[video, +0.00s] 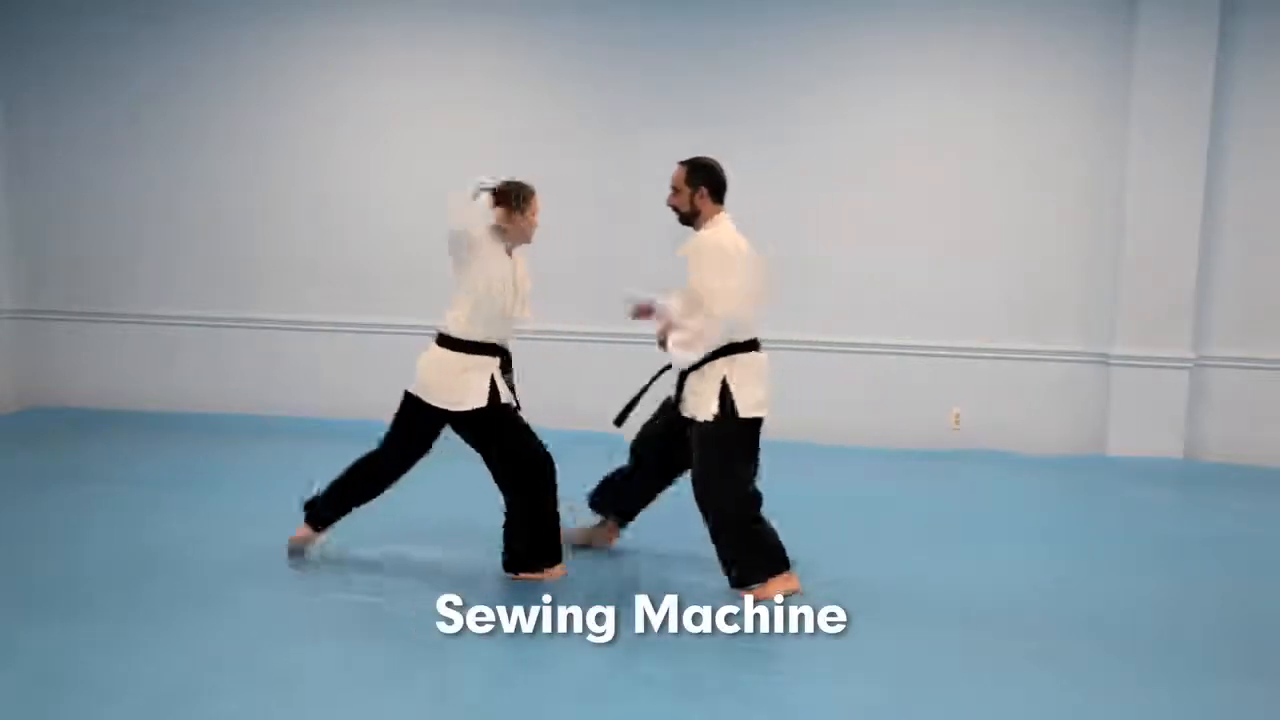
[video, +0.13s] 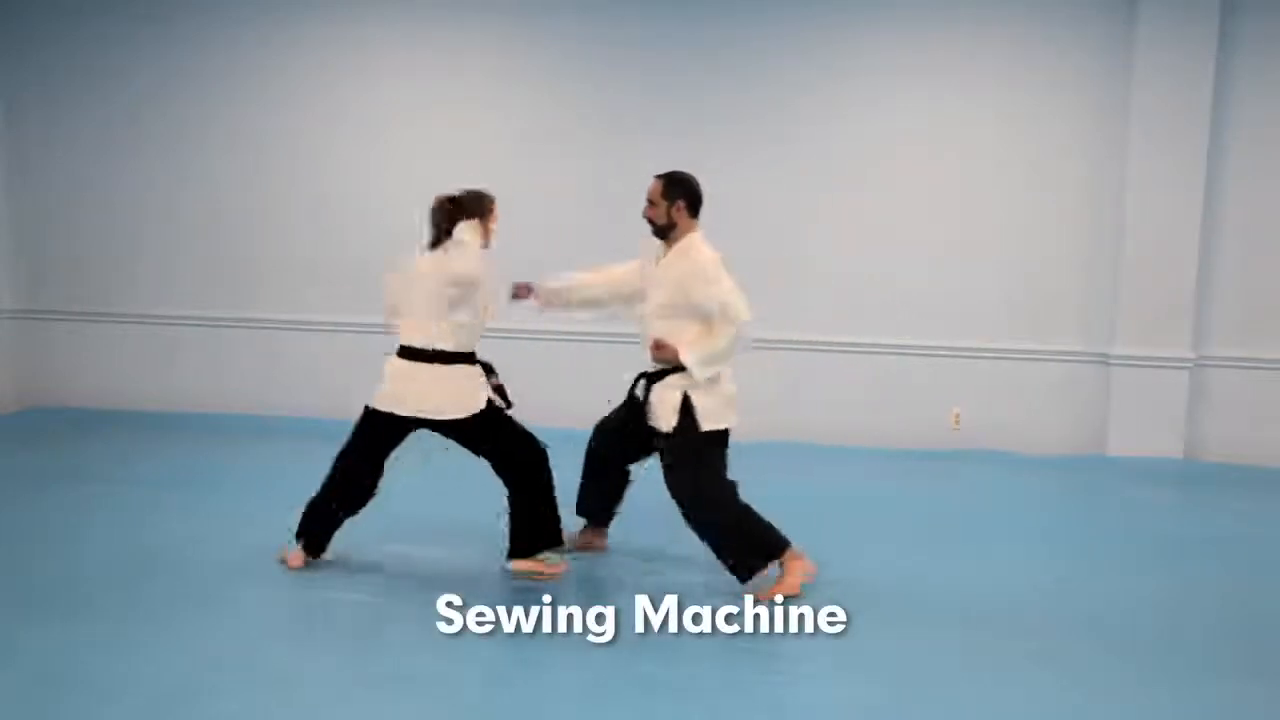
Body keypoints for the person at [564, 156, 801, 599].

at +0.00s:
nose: (669, 199)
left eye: (676, 191)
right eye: (671, 190)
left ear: (702, 195)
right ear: (704, 196)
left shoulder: (716, 246)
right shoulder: (713, 241)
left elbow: (722, 319)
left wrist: (673, 338)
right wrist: (661, 308)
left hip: (728, 382)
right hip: (706, 378)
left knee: (723, 488)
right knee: (654, 453)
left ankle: (773, 577)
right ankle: (606, 526)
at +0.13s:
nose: (645, 211)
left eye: (653, 204)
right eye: (646, 203)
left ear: (679, 209)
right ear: (675, 209)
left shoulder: (701, 262)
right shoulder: (659, 260)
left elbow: (736, 322)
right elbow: (607, 287)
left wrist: (687, 355)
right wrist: (543, 293)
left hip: (697, 398)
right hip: (661, 392)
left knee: (699, 490)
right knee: (608, 441)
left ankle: (790, 559)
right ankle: (593, 533)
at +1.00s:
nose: (619, 228)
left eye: (626, 221)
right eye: (620, 220)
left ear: (654, 228)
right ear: (646, 227)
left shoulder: (674, 280)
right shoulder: (623, 274)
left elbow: (712, 341)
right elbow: (572, 282)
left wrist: (658, 372)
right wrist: (512, 274)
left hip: (670, 412)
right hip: (633, 405)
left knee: (710, 500)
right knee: (575, 438)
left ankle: (805, 577)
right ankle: (592, 530)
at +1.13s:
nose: (619, 229)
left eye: (626, 221)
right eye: (620, 220)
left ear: (654, 228)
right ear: (647, 227)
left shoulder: (674, 279)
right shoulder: (624, 273)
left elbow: (712, 341)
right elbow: (572, 287)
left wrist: (659, 372)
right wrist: (515, 283)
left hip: (670, 412)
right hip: (632, 405)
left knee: (709, 500)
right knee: (576, 437)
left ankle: (805, 578)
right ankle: (592, 530)